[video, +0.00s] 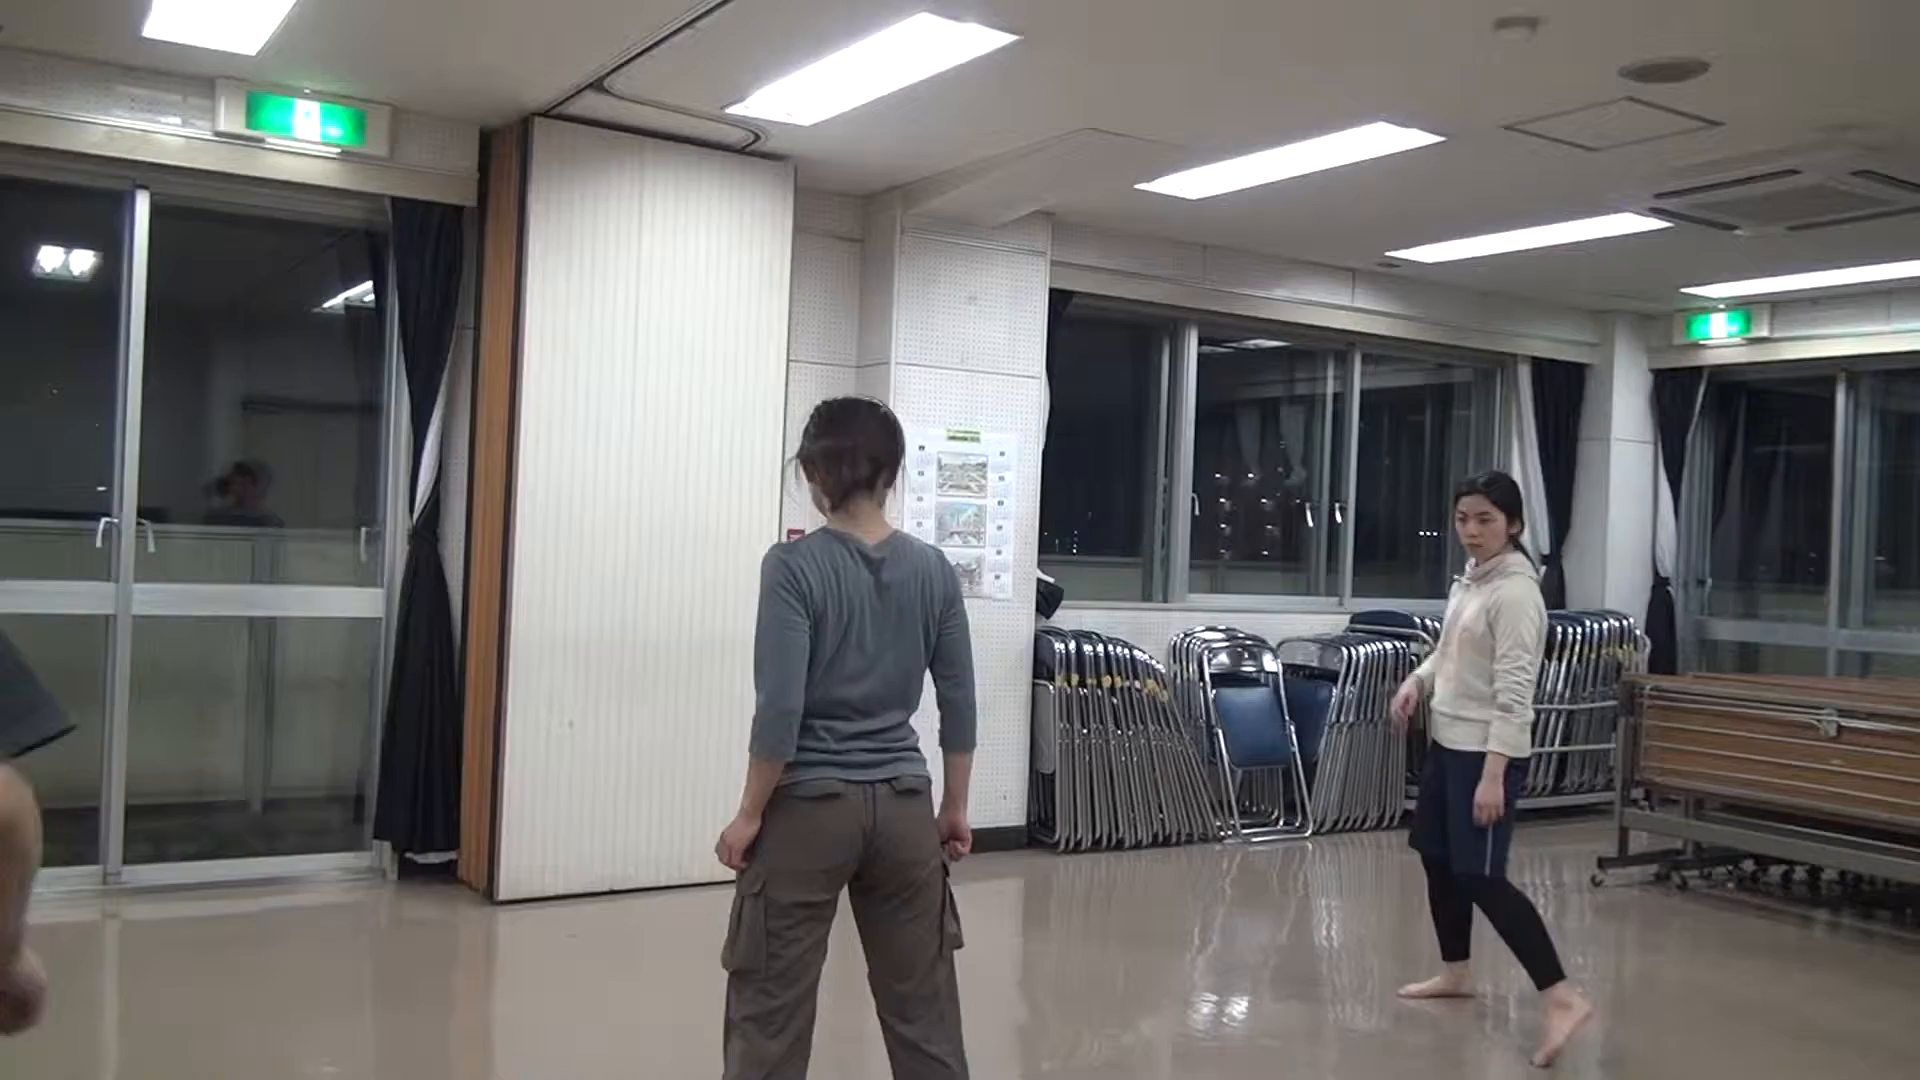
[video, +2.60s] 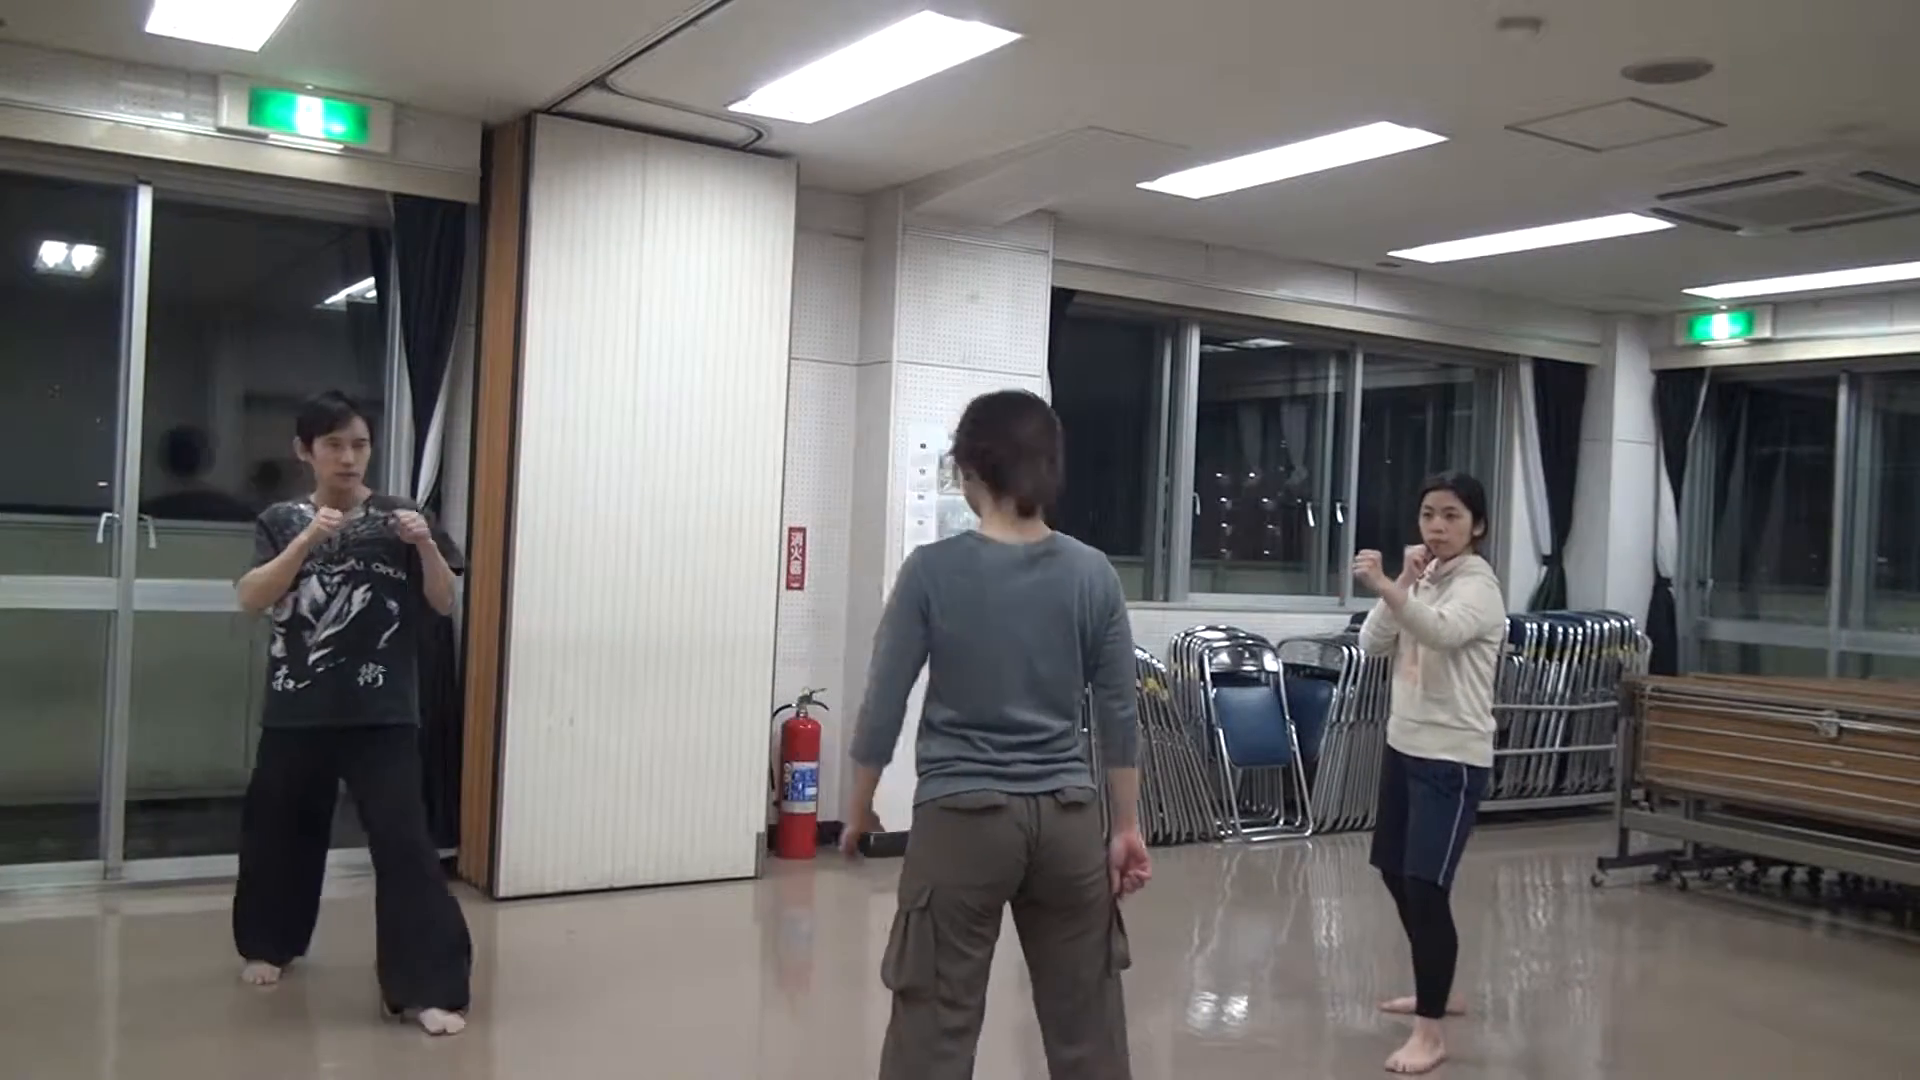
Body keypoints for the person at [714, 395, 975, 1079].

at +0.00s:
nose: (807, 478)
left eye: (807, 466)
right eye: (807, 466)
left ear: (816, 474)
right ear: (890, 472)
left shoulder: (793, 565)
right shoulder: (933, 568)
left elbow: (781, 708)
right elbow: (957, 697)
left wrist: (748, 814)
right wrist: (955, 808)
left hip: (806, 817)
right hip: (905, 815)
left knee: (769, 1019)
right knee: (923, 1018)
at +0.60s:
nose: (824, 486)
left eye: (825, 468)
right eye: (822, 469)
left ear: (850, 468)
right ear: (902, 468)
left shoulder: (854, 565)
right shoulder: (951, 567)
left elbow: (850, 715)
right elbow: (962, 694)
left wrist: (801, 815)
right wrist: (945, 795)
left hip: (852, 816)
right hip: (931, 815)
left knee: (788, 1013)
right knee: (924, 1008)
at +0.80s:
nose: (857, 483)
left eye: (858, 466)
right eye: (855, 467)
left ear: (882, 467)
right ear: (932, 465)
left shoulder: (919, 563)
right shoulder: (965, 556)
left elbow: (943, 709)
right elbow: (959, 700)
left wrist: (892, 817)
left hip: (914, 816)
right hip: (969, 805)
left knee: (830, 1006)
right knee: (942, 1006)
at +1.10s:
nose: (890, 485)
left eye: (891, 468)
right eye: (888, 469)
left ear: (916, 465)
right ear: (969, 463)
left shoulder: (954, 554)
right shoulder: (998, 549)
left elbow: (987, 692)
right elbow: (992, 688)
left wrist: (972, 812)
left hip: (946, 803)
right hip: (993, 796)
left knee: (914, 998)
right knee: (966, 999)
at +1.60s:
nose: (911, 491)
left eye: (910, 472)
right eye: (908, 474)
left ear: (928, 467)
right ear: (990, 465)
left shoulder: (940, 558)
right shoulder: (1031, 565)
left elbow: (917, 709)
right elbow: (1040, 714)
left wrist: (873, 810)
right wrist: (1014, 789)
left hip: (948, 816)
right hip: (1022, 813)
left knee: (903, 1008)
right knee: (974, 1010)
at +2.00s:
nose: (994, 471)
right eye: (993, 458)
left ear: (906, 467)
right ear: (990, 463)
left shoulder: (865, 556)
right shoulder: (1030, 569)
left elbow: (815, 694)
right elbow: (1056, 713)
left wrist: (803, 805)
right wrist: (1069, 834)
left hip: (903, 829)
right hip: (1013, 829)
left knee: (898, 1031)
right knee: (995, 1033)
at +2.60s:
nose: (957, 472)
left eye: (959, 460)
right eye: (960, 460)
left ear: (968, 468)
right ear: (1048, 470)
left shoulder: (932, 569)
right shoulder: (1091, 571)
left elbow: (883, 704)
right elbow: (1118, 705)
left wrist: (860, 812)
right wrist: (1127, 824)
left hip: (961, 828)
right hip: (1073, 827)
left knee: (933, 1029)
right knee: (1088, 1029)